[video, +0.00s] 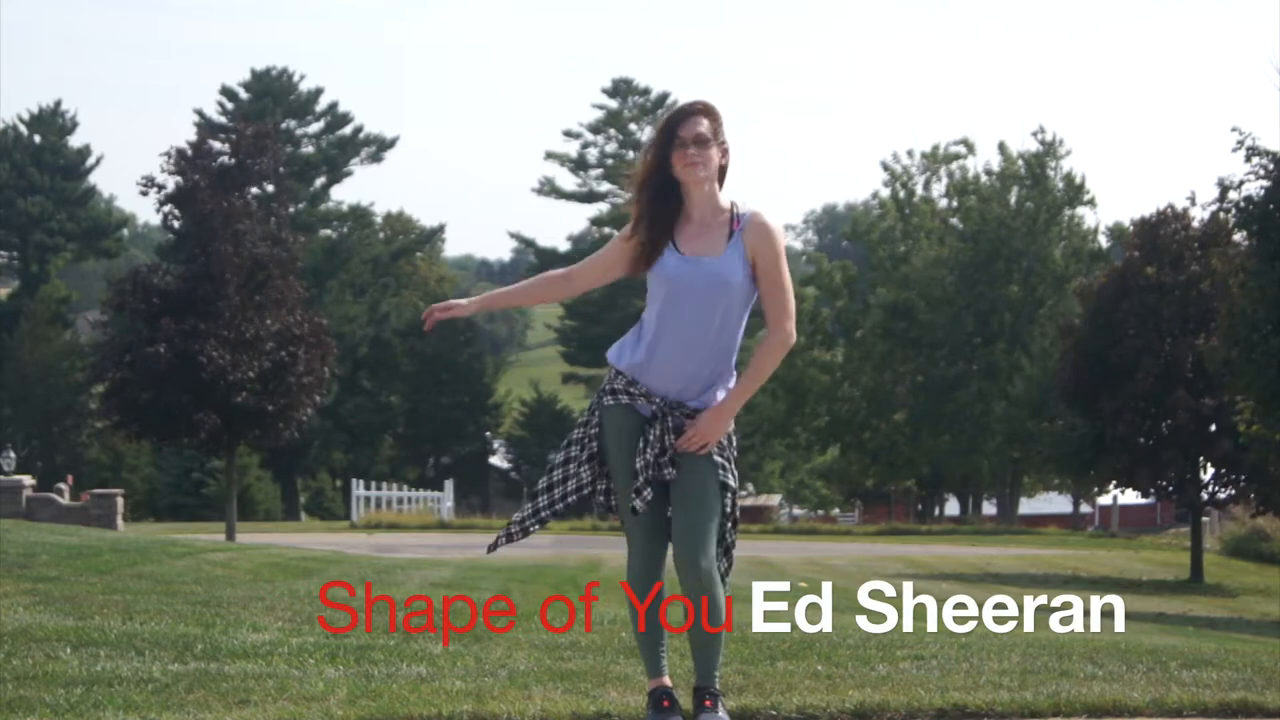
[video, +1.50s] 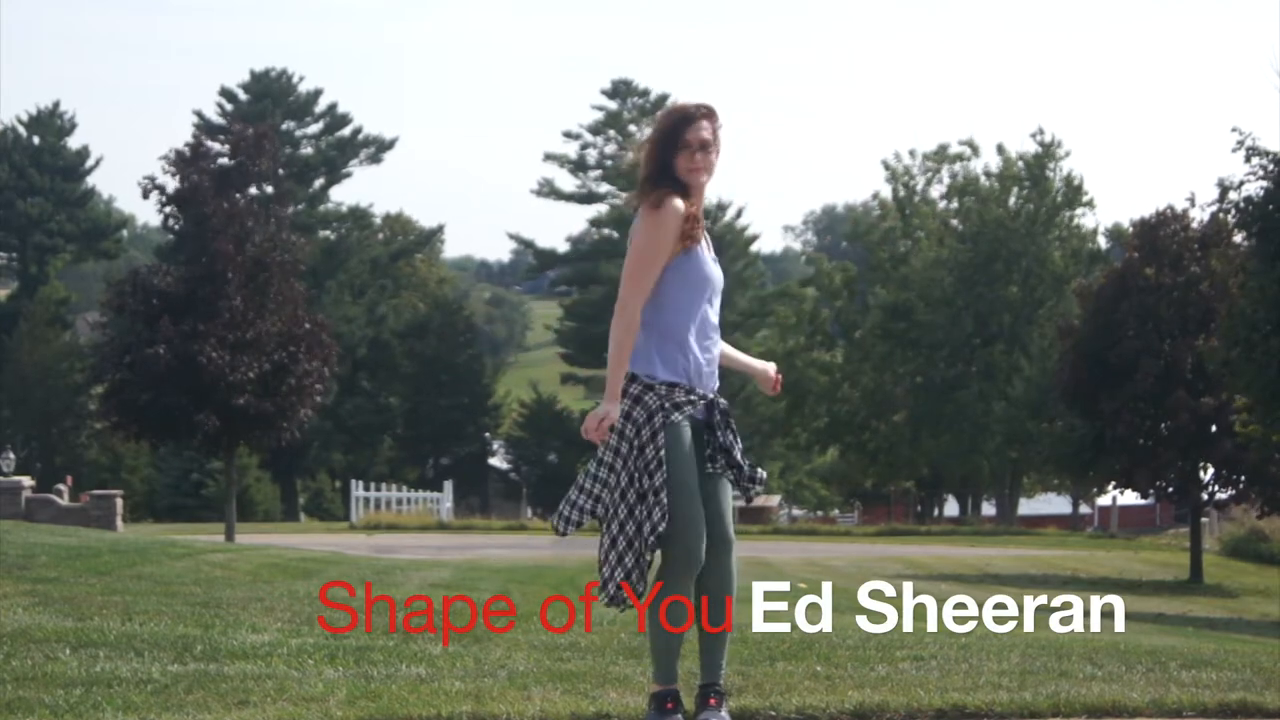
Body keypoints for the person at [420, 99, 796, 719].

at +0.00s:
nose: (694, 151)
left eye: (704, 141)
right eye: (683, 144)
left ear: (724, 152)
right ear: (666, 158)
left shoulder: (755, 231)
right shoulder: (652, 232)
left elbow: (784, 331)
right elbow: (567, 281)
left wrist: (727, 409)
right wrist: (474, 304)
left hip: (704, 410)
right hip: (632, 399)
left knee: (696, 556)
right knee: (646, 551)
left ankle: (708, 692)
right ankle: (659, 686)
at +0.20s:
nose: (693, 159)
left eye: (702, 150)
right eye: (682, 150)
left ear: (716, 159)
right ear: (660, 159)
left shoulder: (738, 222)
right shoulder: (650, 238)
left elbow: (805, 298)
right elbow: (573, 302)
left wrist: (775, 388)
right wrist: (480, 295)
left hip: (703, 414)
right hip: (640, 406)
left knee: (687, 562)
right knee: (647, 558)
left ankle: (707, 693)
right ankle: (658, 685)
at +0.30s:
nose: (694, 162)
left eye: (703, 153)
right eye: (682, 152)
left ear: (713, 159)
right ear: (660, 159)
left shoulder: (730, 218)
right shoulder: (647, 241)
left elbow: (819, 268)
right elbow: (575, 310)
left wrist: (826, 354)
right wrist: (485, 301)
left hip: (707, 411)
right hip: (647, 406)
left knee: (685, 561)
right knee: (646, 555)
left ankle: (705, 695)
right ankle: (658, 685)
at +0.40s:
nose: (696, 161)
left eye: (704, 151)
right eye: (684, 151)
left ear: (713, 157)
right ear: (657, 157)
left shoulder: (728, 217)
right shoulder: (642, 240)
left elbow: (821, 250)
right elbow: (574, 311)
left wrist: (877, 299)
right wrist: (482, 317)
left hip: (713, 412)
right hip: (651, 408)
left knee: (691, 561)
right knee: (649, 560)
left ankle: (707, 695)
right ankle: (660, 688)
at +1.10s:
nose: (693, 165)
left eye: (702, 156)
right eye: (683, 154)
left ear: (708, 162)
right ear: (658, 154)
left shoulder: (712, 234)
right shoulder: (620, 222)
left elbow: (779, 304)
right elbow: (589, 314)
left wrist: (832, 248)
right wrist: (542, 390)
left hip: (736, 405)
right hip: (667, 407)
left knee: (724, 553)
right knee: (685, 557)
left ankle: (714, 690)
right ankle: (667, 692)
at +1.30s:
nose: (695, 161)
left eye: (704, 151)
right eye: (684, 150)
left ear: (713, 159)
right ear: (662, 154)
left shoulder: (699, 230)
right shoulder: (642, 213)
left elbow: (730, 330)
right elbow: (613, 309)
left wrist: (792, 300)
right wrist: (585, 395)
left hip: (722, 409)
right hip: (670, 406)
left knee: (724, 554)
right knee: (690, 556)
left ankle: (714, 695)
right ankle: (667, 697)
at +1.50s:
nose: (699, 157)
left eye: (708, 147)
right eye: (688, 147)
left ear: (718, 155)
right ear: (666, 154)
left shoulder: (697, 223)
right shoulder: (665, 211)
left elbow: (696, 331)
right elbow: (628, 307)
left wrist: (754, 366)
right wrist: (612, 397)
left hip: (704, 402)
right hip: (661, 397)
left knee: (720, 544)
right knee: (685, 543)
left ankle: (713, 694)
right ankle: (665, 696)